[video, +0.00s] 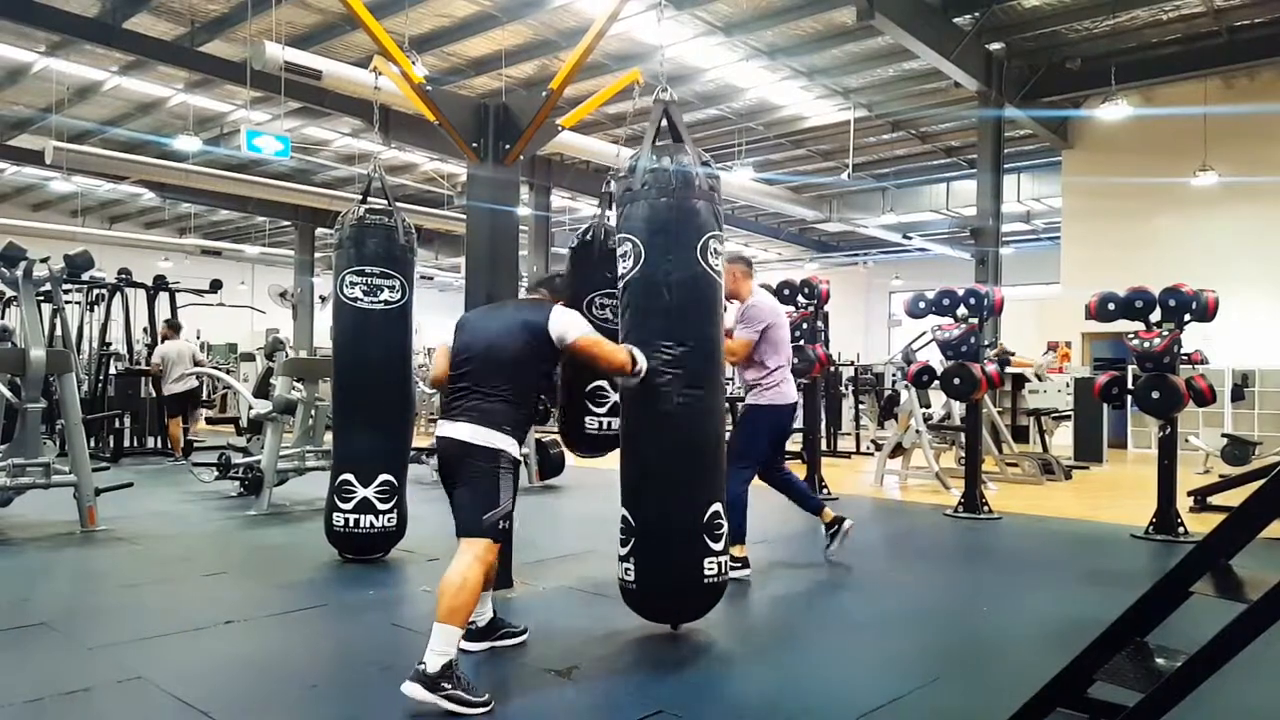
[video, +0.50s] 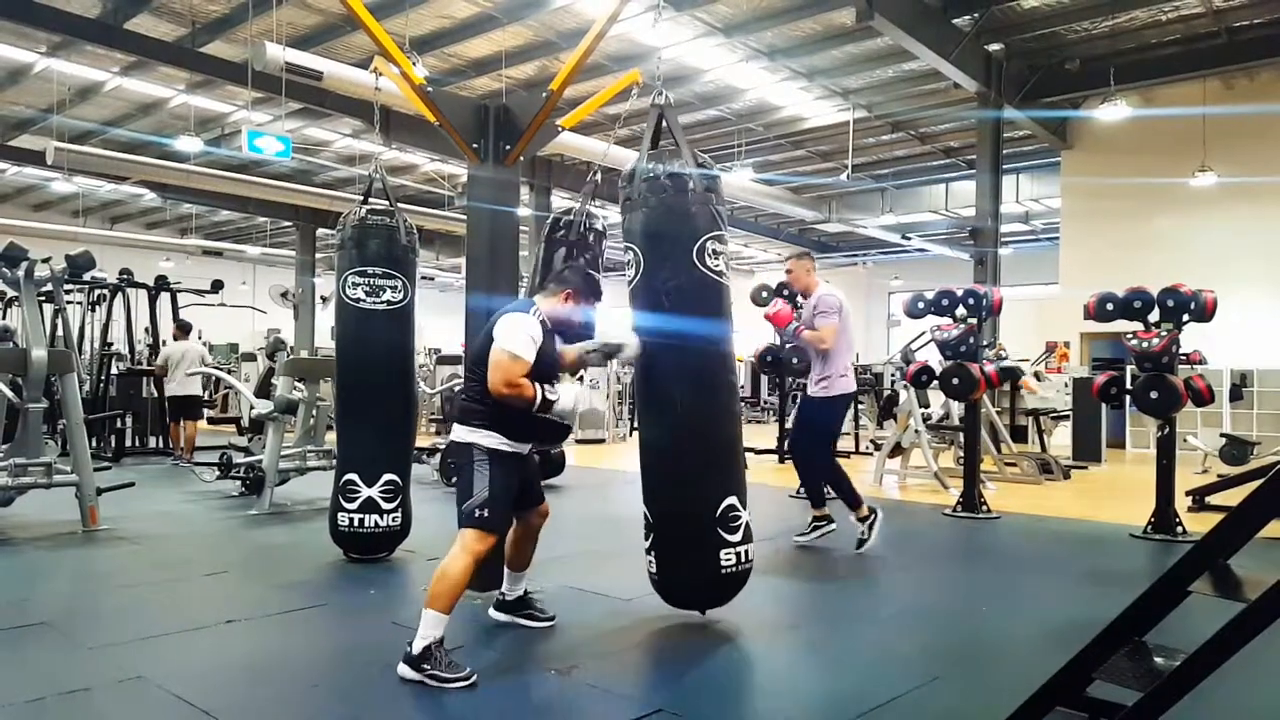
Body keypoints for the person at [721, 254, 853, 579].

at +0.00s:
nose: (721, 284)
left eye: (723, 277)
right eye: (721, 277)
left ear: (737, 276)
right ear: (744, 275)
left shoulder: (755, 306)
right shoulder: (765, 303)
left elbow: (737, 353)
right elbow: (738, 345)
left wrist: (710, 337)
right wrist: (722, 335)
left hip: (764, 402)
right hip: (782, 401)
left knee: (735, 475)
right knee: (771, 469)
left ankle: (736, 553)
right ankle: (830, 520)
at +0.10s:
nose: (734, 292)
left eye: (736, 285)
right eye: (734, 286)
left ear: (753, 283)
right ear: (758, 284)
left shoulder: (762, 313)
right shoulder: (783, 313)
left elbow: (744, 357)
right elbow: (755, 355)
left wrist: (721, 342)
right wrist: (730, 347)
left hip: (768, 408)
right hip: (787, 408)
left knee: (736, 471)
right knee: (760, 471)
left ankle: (737, 552)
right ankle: (802, 526)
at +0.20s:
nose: (749, 294)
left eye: (751, 287)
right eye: (749, 288)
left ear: (769, 284)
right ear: (772, 285)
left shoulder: (783, 315)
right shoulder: (790, 315)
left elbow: (763, 357)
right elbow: (764, 357)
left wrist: (741, 334)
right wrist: (745, 335)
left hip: (782, 407)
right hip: (791, 406)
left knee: (756, 470)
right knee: (761, 469)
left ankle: (740, 547)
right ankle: (802, 530)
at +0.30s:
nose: (761, 285)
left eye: (765, 279)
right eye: (761, 280)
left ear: (784, 278)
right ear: (782, 278)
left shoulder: (802, 309)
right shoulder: (785, 312)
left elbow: (789, 352)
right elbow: (780, 353)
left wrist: (759, 329)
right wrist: (757, 329)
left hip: (801, 401)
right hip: (793, 400)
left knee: (772, 465)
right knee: (780, 468)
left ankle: (768, 543)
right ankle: (807, 536)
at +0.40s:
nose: (774, 274)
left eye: (777, 267)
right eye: (774, 269)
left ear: (796, 266)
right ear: (793, 267)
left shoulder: (814, 296)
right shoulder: (799, 300)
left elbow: (812, 339)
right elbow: (797, 338)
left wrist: (777, 322)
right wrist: (773, 318)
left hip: (819, 388)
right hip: (806, 387)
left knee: (798, 454)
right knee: (796, 454)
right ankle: (806, 523)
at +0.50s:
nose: (787, 278)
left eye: (790, 272)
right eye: (786, 273)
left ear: (809, 271)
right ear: (805, 273)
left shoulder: (826, 298)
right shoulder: (808, 303)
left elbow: (825, 341)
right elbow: (811, 344)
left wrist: (791, 327)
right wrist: (786, 331)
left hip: (834, 391)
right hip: (818, 389)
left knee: (819, 454)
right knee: (800, 449)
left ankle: (865, 514)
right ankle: (821, 517)